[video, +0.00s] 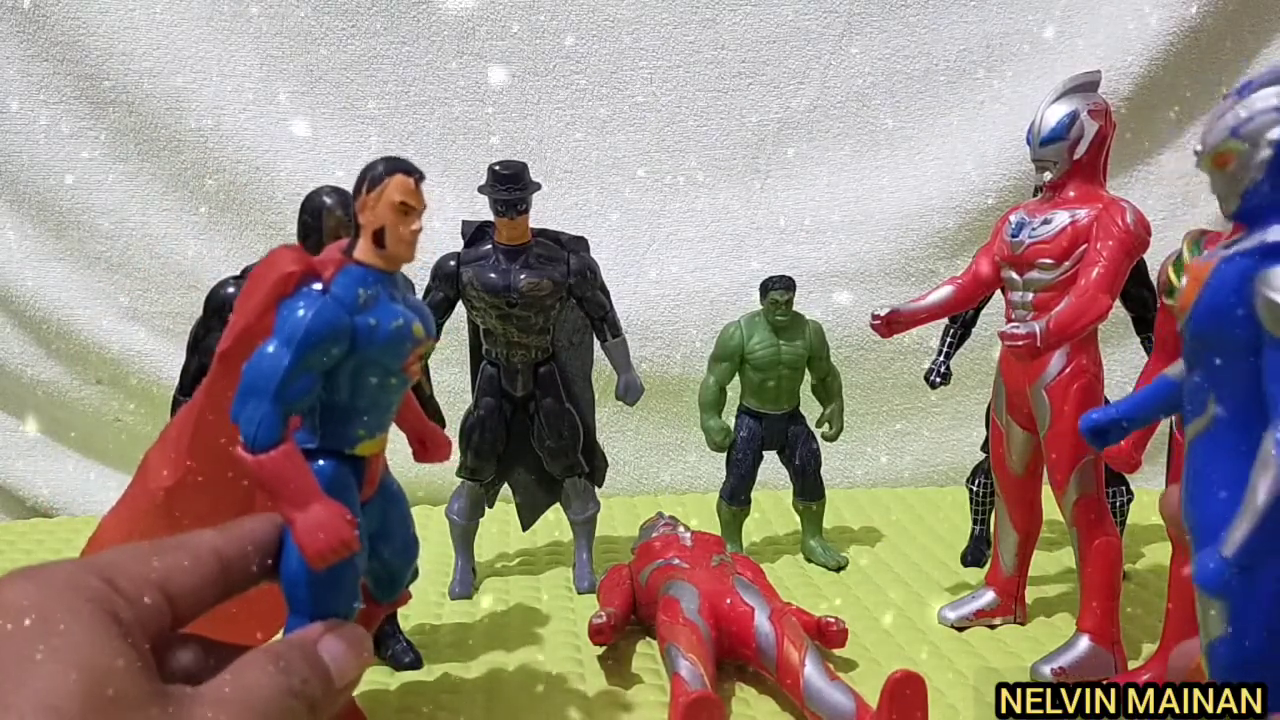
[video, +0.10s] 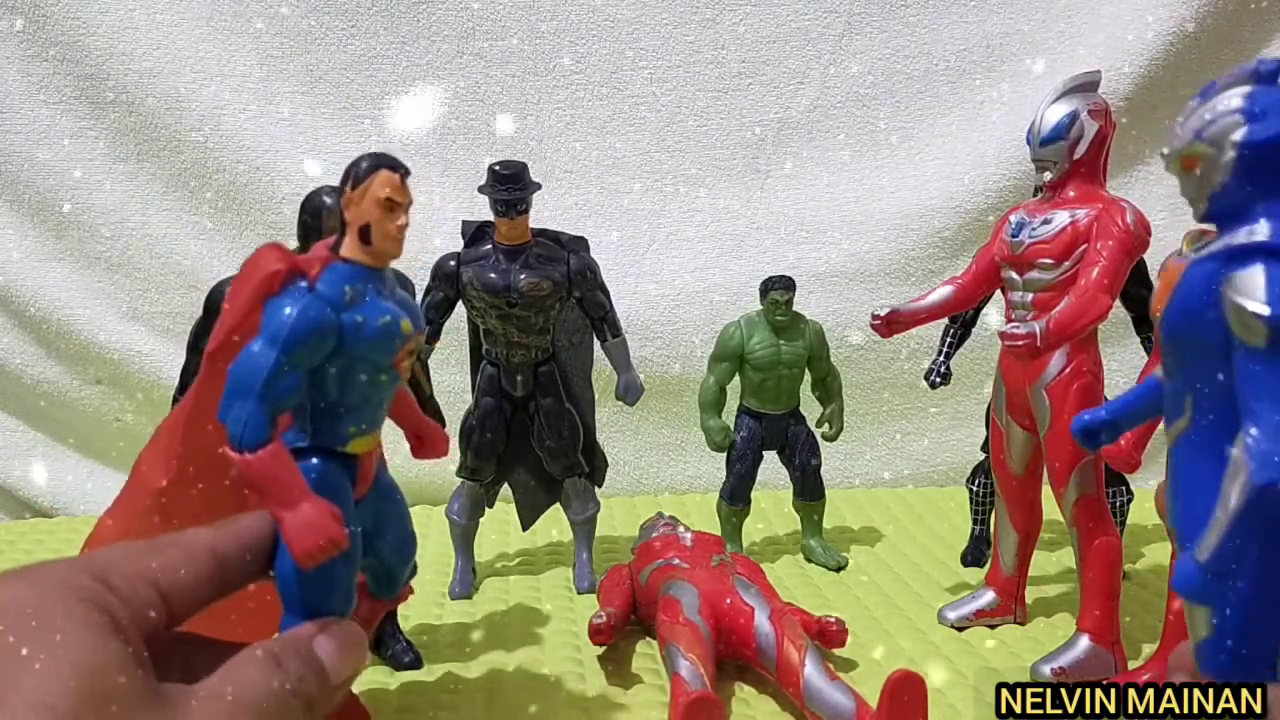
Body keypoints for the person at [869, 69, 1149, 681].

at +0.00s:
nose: (1041, 157)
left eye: (1052, 145)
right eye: (1039, 146)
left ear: (1087, 142)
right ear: (1045, 147)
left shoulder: (1116, 217)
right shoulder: (1018, 217)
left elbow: (1094, 292)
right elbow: (972, 284)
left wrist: (1045, 329)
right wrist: (905, 317)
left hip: (1066, 370)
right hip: (1012, 369)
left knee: (1083, 503)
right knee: (1011, 483)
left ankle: (1099, 639)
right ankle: (1004, 593)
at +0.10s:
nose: (1040, 157)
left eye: (1052, 146)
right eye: (1038, 146)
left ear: (1086, 143)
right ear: (1044, 147)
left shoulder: (1115, 217)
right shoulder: (1019, 217)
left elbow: (1094, 291)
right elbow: (970, 285)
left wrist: (1045, 329)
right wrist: (905, 316)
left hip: (1066, 370)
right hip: (1012, 369)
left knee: (1083, 504)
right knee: (1011, 484)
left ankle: (1100, 639)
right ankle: (1004, 592)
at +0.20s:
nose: (1040, 156)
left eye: (1052, 143)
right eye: (1038, 144)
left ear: (1087, 141)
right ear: (1045, 145)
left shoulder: (1116, 217)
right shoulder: (1018, 219)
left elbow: (1093, 292)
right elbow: (969, 287)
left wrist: (1045, 329)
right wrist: (906, 316)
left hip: (1065, 371)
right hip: (1011, 370)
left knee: (1085, 506)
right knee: (1012, 484)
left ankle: (1100, 640)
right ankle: (1004, 592)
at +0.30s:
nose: (1040, 156)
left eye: (1052, 144)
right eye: (1038, 144)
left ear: (1086, 144)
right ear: (1037, 147)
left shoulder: (1115, 217)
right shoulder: (1019, 217)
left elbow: (1097, 290)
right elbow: (972, 284)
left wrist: (1046, 328)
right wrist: (907, 315)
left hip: (1066, 369)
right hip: (1012, 369)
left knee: (1082, 501)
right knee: (1011, 484)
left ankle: (1098, 634)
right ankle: (1004, 592)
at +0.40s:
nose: (1039, 157)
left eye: (1051, 145)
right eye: (1037, 145)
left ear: (1085, 144)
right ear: (1041, 147)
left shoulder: (1115, 217)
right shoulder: (1018, 217)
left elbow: (1095, 291)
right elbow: (970, 285)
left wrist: (1045, 330)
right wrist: (906, 315)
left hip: (1066, 372)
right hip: (1011, 370)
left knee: (1082, 499)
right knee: (1011, 483)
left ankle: (1096, 632)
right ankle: (1004, 592)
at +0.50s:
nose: (1040, 157)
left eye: (1052, 145)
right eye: (1038, 145)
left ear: (1086, 143)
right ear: (1042, 147)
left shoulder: (1115, 217)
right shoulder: (1019, 217)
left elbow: (1094, 291)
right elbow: (971, 285)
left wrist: (1045, 329)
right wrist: (905, 316)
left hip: (1065, 371)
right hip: (1012, 370)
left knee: (1084, 505)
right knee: (1013, 485)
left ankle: (1098, 636)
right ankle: (1004, 593)